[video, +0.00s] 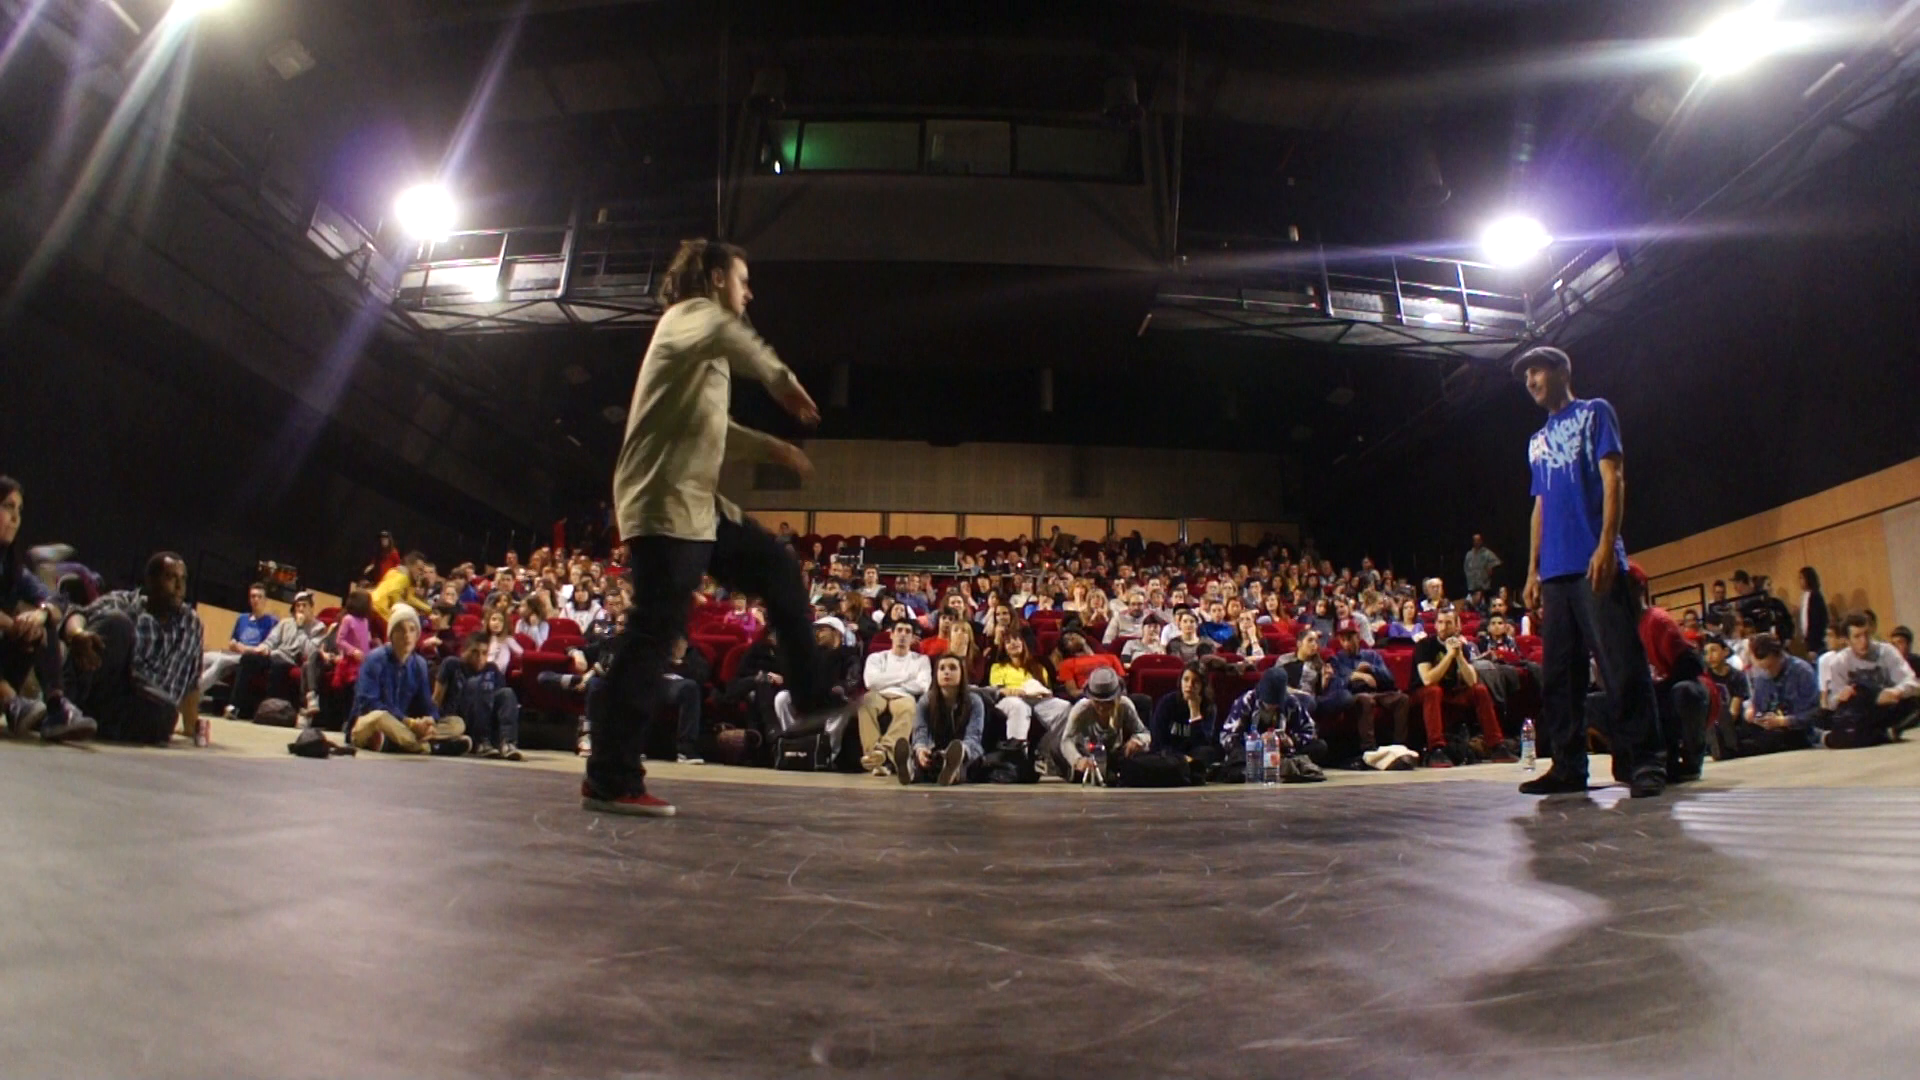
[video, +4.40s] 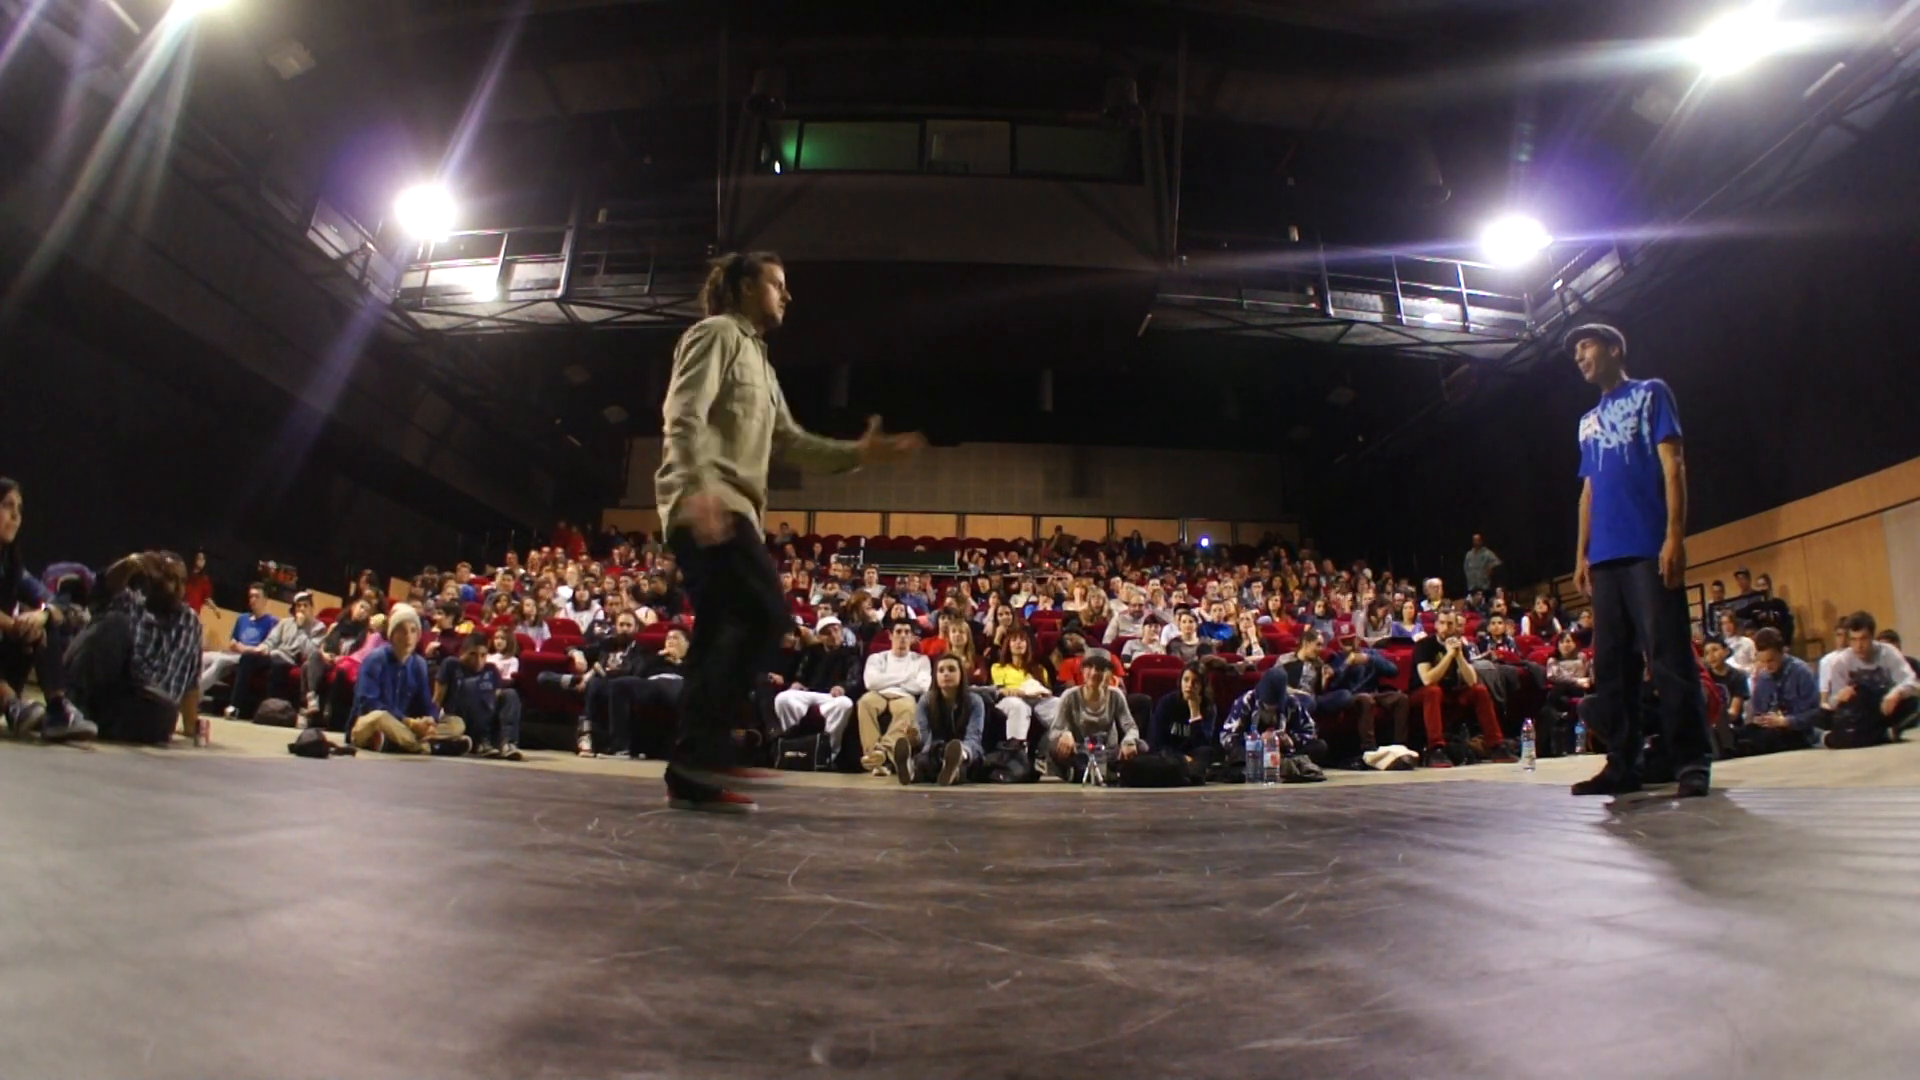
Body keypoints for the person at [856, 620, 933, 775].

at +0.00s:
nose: (903, 635)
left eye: (907, 632)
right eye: (899, 630)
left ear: (913, 638)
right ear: (891, 635)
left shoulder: (921, 659)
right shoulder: (875, 657)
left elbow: (922, 687)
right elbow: (871, 682)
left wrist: (887, 683)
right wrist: (905, 678)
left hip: (904, 695)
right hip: (879, 693)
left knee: (907, 710)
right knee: (866, 707)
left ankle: (884, 750)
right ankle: (876, 761)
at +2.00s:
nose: (903, 635)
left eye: (907, 632)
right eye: (899, 631)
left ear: (912, 638)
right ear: (891, 634)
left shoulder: (921, 659)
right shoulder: (876, 658)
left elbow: (922, 686)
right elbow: (871, 682)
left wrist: (887, 682)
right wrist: (905, 677)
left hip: (904, 694)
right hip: (879, 692)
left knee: (907, 710)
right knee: (865, 703)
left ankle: (884, 750)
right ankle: (876, 761)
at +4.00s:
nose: (903, 636)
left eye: (907, 632)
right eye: (898, 632)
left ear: (912, 638)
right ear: (891, 635)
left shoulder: (921, 659)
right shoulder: (876, 658)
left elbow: (922, 686)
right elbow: (871, 682)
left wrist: (887, 682)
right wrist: (905, 677)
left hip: (904, 694)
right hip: (879, 692)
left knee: (907, 710)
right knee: (865, 703)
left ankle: (884, 750)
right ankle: (875, 761)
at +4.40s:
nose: (903, 636)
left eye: (907, 632)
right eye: (899, 632)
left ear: (912, 638)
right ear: (891, 635)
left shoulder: (921, 659)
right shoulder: (876, 658)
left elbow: (921, 686)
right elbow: (871, 682)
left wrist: (888, 682)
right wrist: (905, 678)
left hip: (904, 694)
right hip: (879, 692)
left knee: (907, 711)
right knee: (865, 703)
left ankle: (883, 750)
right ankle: (876, 762)